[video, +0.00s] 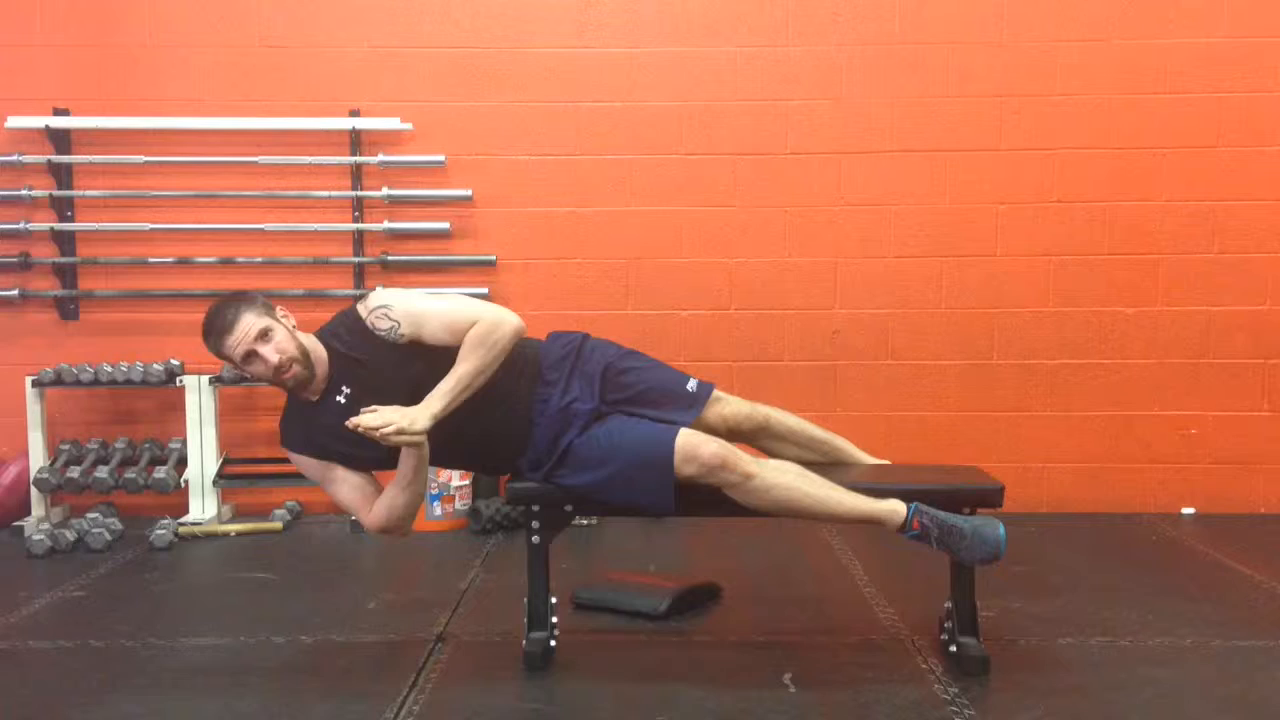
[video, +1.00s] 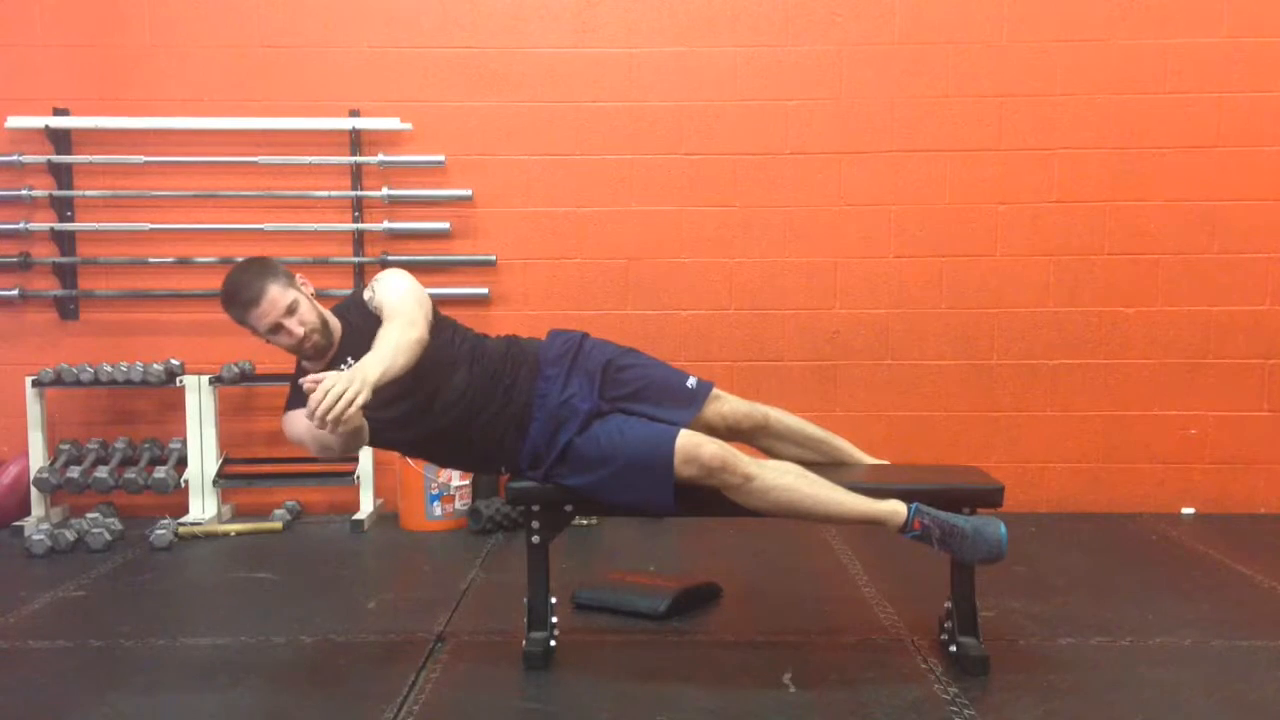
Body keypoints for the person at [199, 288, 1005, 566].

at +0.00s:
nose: (266, 360)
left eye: (260, 339)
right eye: (247, 366)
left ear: (281, 314)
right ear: (246, 379)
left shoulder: (370, 314)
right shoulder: (307, 437)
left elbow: (502, 325)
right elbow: (382, 518)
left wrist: (425, 413)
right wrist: (413, 458)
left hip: (577, 369)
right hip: (551, 449)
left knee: (749, 421)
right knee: (721, 462)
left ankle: (908, 490)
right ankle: (916, 521)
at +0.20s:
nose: (269, 362)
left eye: (264, 342)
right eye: (251, 368)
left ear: (283, 315)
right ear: (247, 378)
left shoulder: (369, 313)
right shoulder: (307, 435)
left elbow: (500, 332)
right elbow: (384, 518)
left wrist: (417, 418)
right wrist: (407, 448)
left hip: (574, 370)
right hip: (551, 450)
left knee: (747, 420)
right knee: (721, 462)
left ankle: (905, 489)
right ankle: (918, 521)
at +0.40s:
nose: (274, 358)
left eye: (270, 338)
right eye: (255, 362)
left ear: (290, 308)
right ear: (250, 370)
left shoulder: (373, 308)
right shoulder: (306, 429)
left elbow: (488, 342)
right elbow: (380, 515)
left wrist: (409, 417)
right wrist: (393, 446)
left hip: (571, 367)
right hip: (549, 450)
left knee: (743, 418)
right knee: (720, 462)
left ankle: (898, 487)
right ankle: (916, 519)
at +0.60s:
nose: (285, 341)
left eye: (279, 319)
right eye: (263, 344)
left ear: (294, 296)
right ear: (254, 357)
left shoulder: (371, 298)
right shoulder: (305, 421)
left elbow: (465, 335)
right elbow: (371, 505)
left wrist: (388, 404)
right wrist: (369, 443)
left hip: (571, 366)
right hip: (551, 449)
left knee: (743, 418)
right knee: (718, 462)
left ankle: (902, 491)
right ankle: (917, 521)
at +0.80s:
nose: (290, 327)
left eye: (286, 307)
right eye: (269, 329)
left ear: (301, 286)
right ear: (258, 345)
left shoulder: (375, 291)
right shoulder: (308, 412)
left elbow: (427, 331)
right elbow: (357, 475)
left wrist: (373, 380)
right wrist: (345, 433)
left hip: (567, 366)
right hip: (546, 451)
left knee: (740, 417)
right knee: (718, 464)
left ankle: (906, 492)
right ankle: (914, 522)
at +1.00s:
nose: (297, 325)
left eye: (292, 305)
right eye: (276, 329)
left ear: (307, 282)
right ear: (262, 343)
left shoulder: (381, 289)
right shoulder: (312, 408)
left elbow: (410, 334)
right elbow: (342, 443)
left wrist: (355, 383)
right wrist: (338, 426)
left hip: (566, 366)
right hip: (546, 449)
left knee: (740, 417)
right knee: (717, 463)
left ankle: (908, 494)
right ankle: (915, 522)